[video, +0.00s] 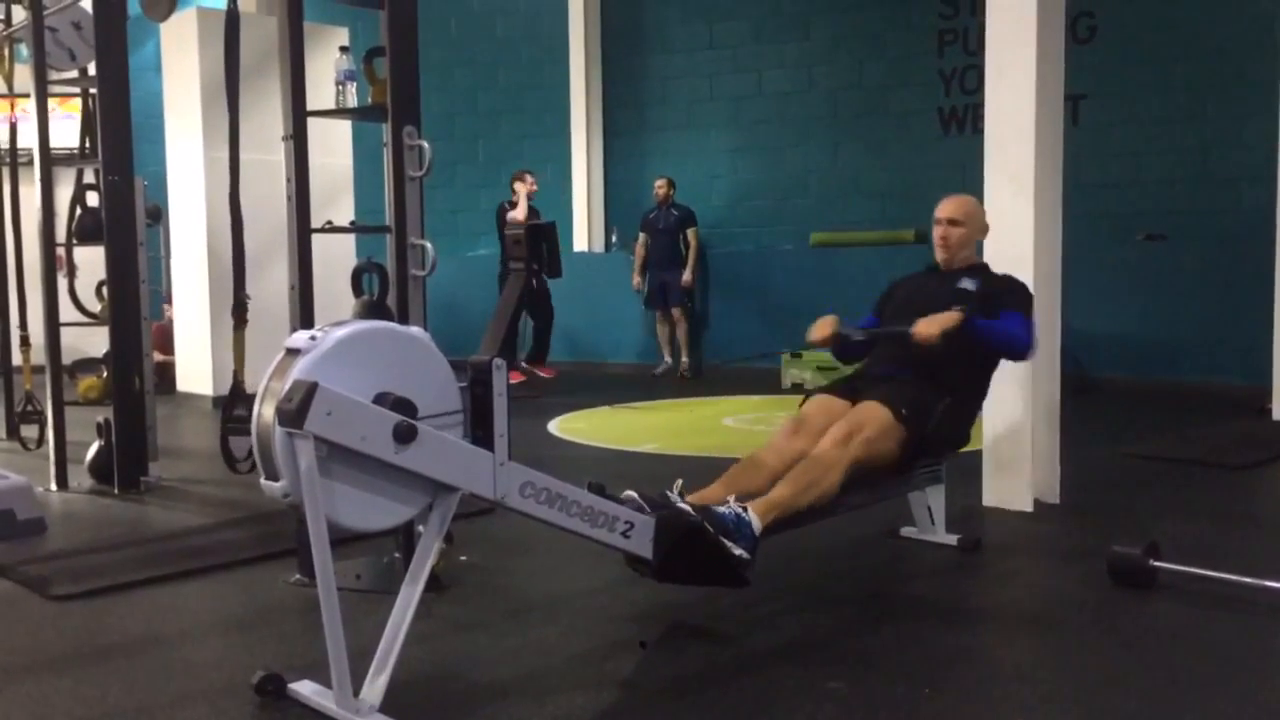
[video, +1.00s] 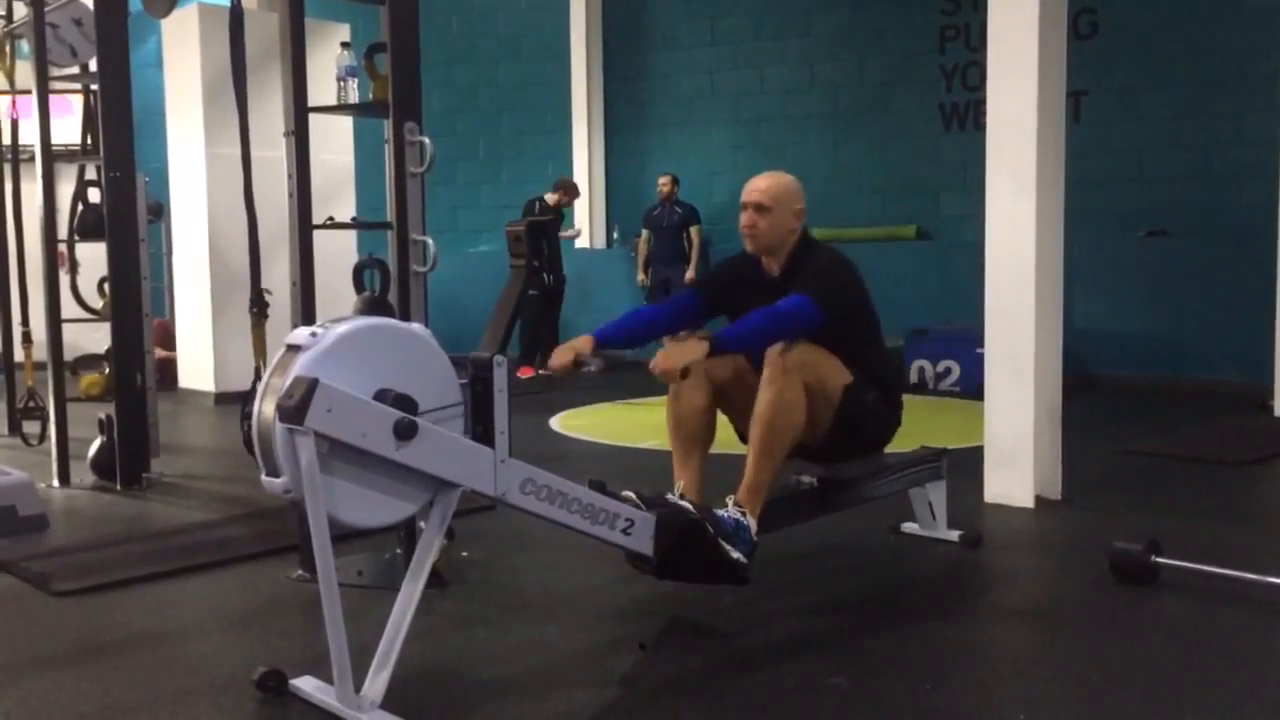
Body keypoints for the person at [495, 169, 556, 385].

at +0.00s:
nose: (535, 187)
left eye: (535, 184)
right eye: (530, 184)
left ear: (533, 187)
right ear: (518, 187)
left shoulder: (534, 212)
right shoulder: (505, 208)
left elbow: (538, 241)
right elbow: (519, 217)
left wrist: (543, 265)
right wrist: (521, 194)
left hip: (533, 272)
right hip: (512, 273)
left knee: (545, 316)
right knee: (510, 319)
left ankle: (536, 362)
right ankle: (509, 366)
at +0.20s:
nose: (540, 192)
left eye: (540, 188)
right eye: (537, 188)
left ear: (536, 191)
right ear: (523, 189)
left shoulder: (537, 214)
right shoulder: (508, 209)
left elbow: (543, 243)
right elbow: (522, 215)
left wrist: (548, 269)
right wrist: (525, 193)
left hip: (539, 273)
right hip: (517, 273)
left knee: (544, 322)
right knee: (512, 322)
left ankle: (549, 366)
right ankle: (510, 368)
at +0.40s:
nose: (548, 196)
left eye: (549, 192)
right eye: (546, 192)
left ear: (545, 193)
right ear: (535, 190)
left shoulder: (544, 214)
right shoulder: (516, 209)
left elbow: (551, 246)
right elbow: (529, 217)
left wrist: (555, 273)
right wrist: (533, 195)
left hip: (545, 277)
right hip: (524, 277)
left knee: (543, 325)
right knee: (516, 324)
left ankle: (548, 367)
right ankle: (510, 368)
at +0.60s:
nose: (557, 200)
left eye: (559, 197)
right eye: (556, 195)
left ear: (557, 198)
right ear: (544, 192)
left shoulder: (554, 215)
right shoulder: (525, 208)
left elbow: (554, 246)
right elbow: (536, 216)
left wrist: (557, 272)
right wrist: (543, 196)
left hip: (552, 274)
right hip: (531, 274)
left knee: (548, 322)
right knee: (524, 321)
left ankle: (548, 364)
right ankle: (515, 365)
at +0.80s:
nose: (566, 203)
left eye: (568, 200)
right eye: (566, 198)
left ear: (563, 197)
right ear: (557, 191)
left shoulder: (558, 213)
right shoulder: (531, 205)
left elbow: (555, 243)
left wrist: (559, 270)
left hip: (554, 271)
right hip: (535, 271)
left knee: (551, 319)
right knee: (531, 319)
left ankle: (549, 362)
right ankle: (526, 363)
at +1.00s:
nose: (571, 204)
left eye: (573, 200)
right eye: (570, 199)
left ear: (563, 195)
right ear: (561, 194)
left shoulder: (558, 213)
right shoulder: (534, 206)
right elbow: (530, 242)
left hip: (554, 272)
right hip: (535, 273)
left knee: (550, 321)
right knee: (532, 320)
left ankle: (546, 362)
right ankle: (526, 363)